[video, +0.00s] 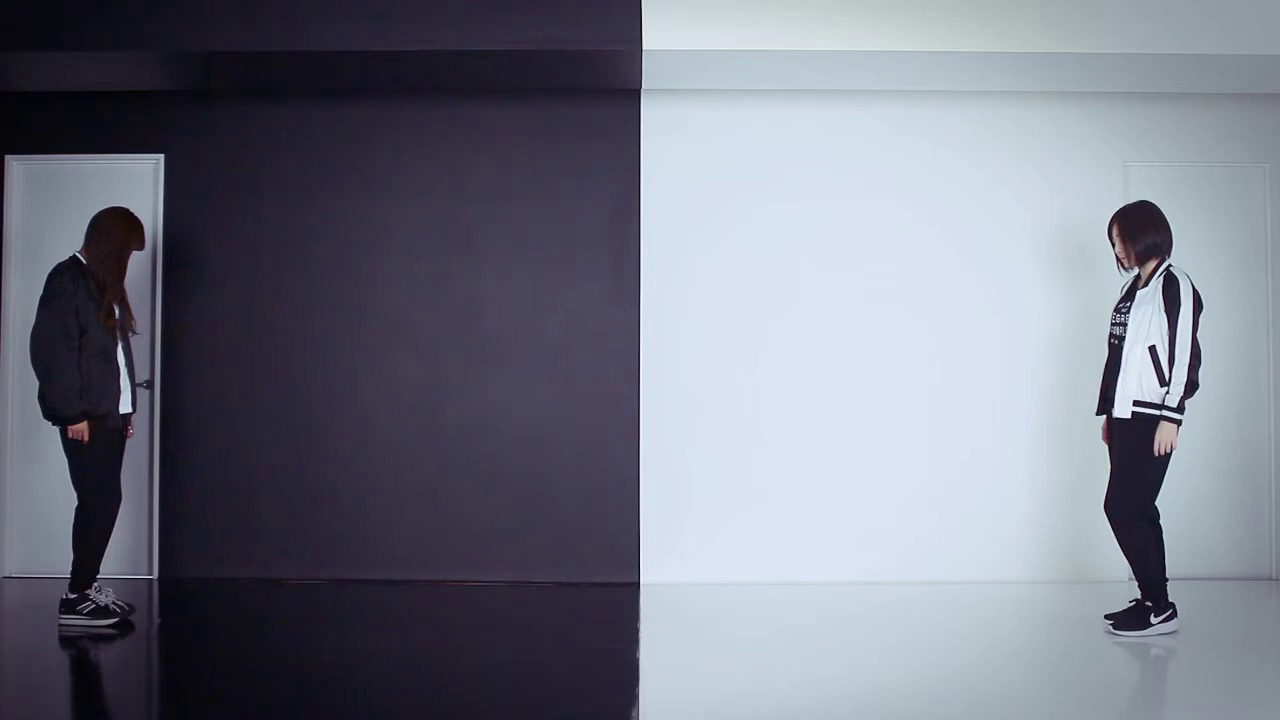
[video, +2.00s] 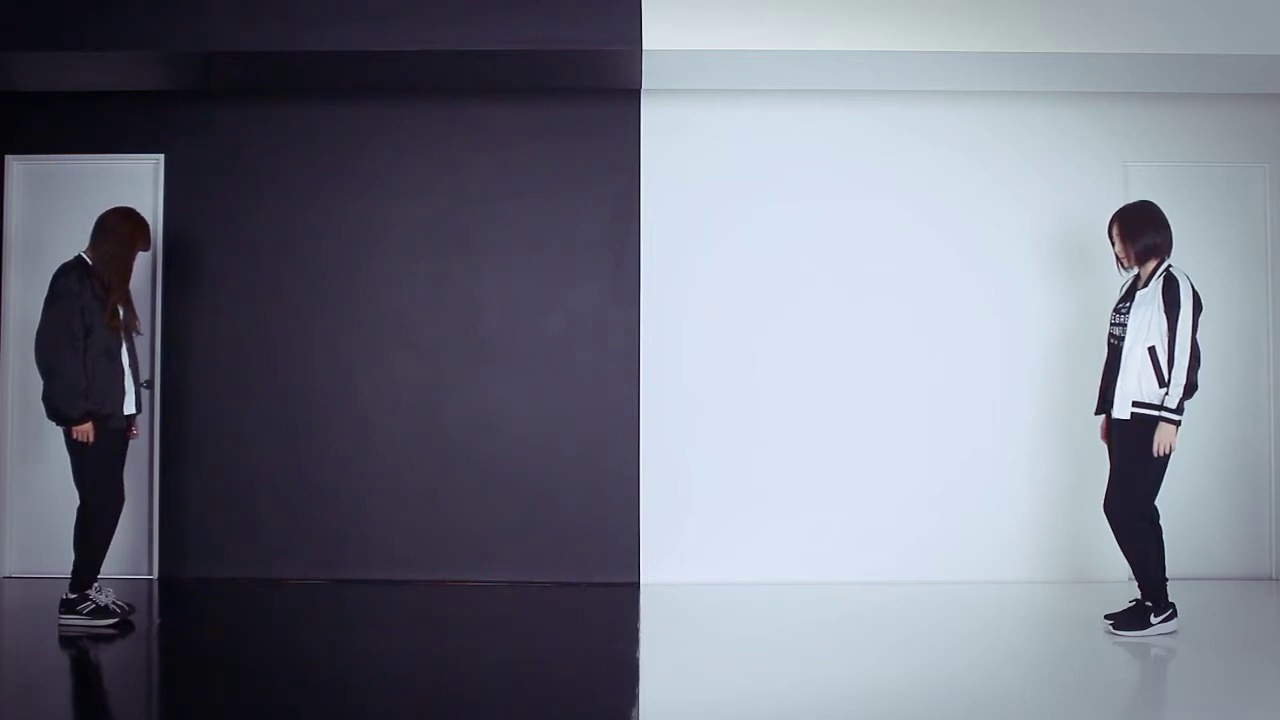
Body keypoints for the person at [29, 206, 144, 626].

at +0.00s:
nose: (128, 260)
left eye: (131, 252)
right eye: (127, 251)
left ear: (103, 241)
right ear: (110, 244)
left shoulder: (105, 284)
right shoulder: (67, 278)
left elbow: (114, 354)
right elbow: (50, 349)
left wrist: (125, 409)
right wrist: (71, 412)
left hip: (109, 415)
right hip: (84, 417)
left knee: (106, 499)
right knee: (97, 500)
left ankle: (86, 589)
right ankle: (77, 596)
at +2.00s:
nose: (134, 260)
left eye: (137, 252)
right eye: (133, 250)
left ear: (110, 241)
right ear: (116, 244)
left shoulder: (110, 283)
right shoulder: (73, 279)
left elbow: (119, 353)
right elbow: (56, 350)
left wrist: (130, 410)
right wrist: (76, 412)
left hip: (112, 415)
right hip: (88, 417)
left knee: (109, 500)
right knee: (100, 502)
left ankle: (86, 590)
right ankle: (78, 596)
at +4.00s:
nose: (138, 257)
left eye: (141, 249)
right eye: (137, 247)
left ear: (113, 238)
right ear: (121, 241)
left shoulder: (116, 283)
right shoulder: (78, 279)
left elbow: (122, 355)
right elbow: (60, 349)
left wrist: (132, 412)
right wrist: (79, 411)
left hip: (115, 415)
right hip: (89, 417)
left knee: (109, 499)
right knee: (100, 500)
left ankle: (86, 589)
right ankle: (78, 596)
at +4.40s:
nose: (156, 256)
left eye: (157, 247)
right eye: (153, 247)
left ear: (129, 240)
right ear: (136, 242)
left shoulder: (132, 285)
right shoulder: (96, 279)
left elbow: (135, 358)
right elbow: (80, 350)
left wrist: (145, 414)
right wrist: (98, 413)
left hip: (128, 414)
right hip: (111, 415)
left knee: (104, 503)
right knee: (156, 489)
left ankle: (87, 592)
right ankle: (107, 576)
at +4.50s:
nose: (162, 255)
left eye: (164, 247)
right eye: (160, 246)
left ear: (136, 240)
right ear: (142, 242)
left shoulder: (132, 282)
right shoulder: (103, 278)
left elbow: (135, 347)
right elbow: (85, 348)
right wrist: (104, 412)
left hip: (136, 415)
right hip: (122, 417)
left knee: (105, 508)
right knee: (173, 481)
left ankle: (86, 593)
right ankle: (151, 573)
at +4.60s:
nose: (173, 255)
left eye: (175, 246)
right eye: (169, 245)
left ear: (152, 244)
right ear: (149, 242)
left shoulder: (155, 285)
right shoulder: (113, 280)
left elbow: (164, 355)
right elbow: (94, 350)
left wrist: (176, 411)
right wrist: (112, 414)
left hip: (148, 418)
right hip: (133, 419)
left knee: (107, 511)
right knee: (182, 487)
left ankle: (86, 593)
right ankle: (195, 576)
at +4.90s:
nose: (214, 263)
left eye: (215, 254)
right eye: (210, 254)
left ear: (188, 250)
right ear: (190, 250)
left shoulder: (185, 294)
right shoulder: (158, 290)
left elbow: (185, 364)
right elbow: (143, 361)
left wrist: (193, 424)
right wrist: (156, 425)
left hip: (180, 427)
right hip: (171, 429)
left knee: (130, 512)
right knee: (205, 511)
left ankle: (89, 590)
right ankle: (244, 587)